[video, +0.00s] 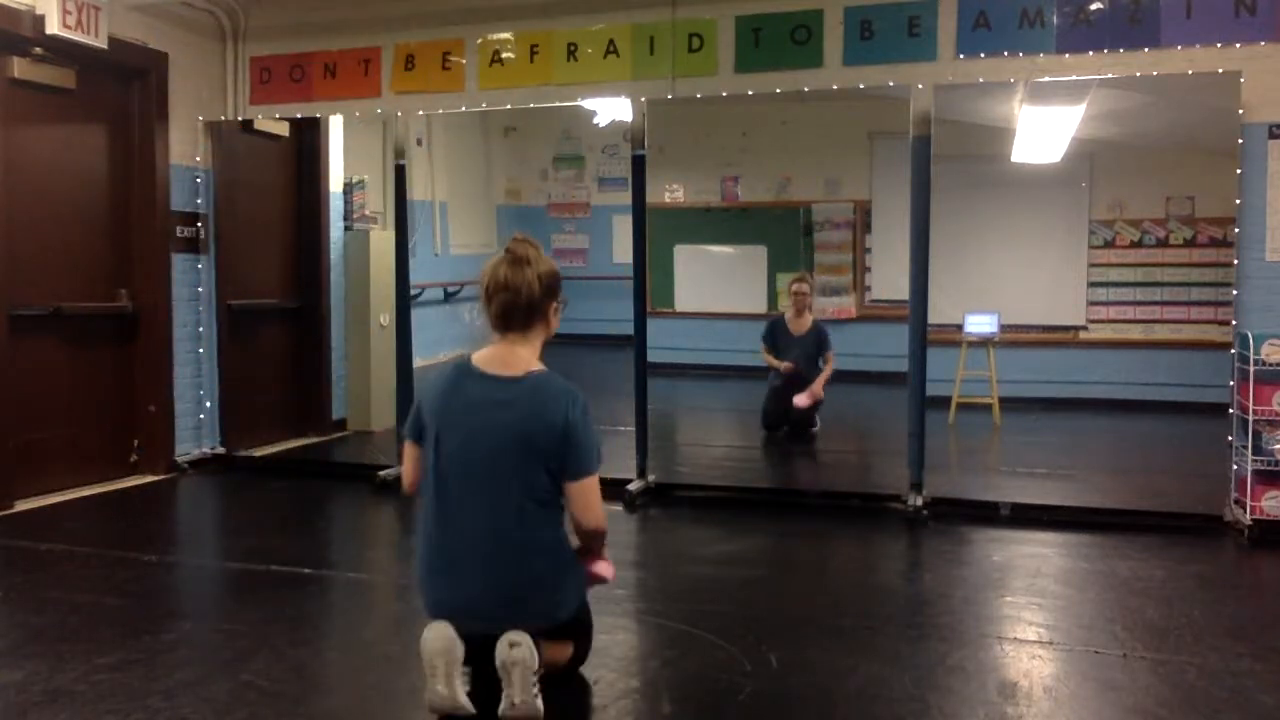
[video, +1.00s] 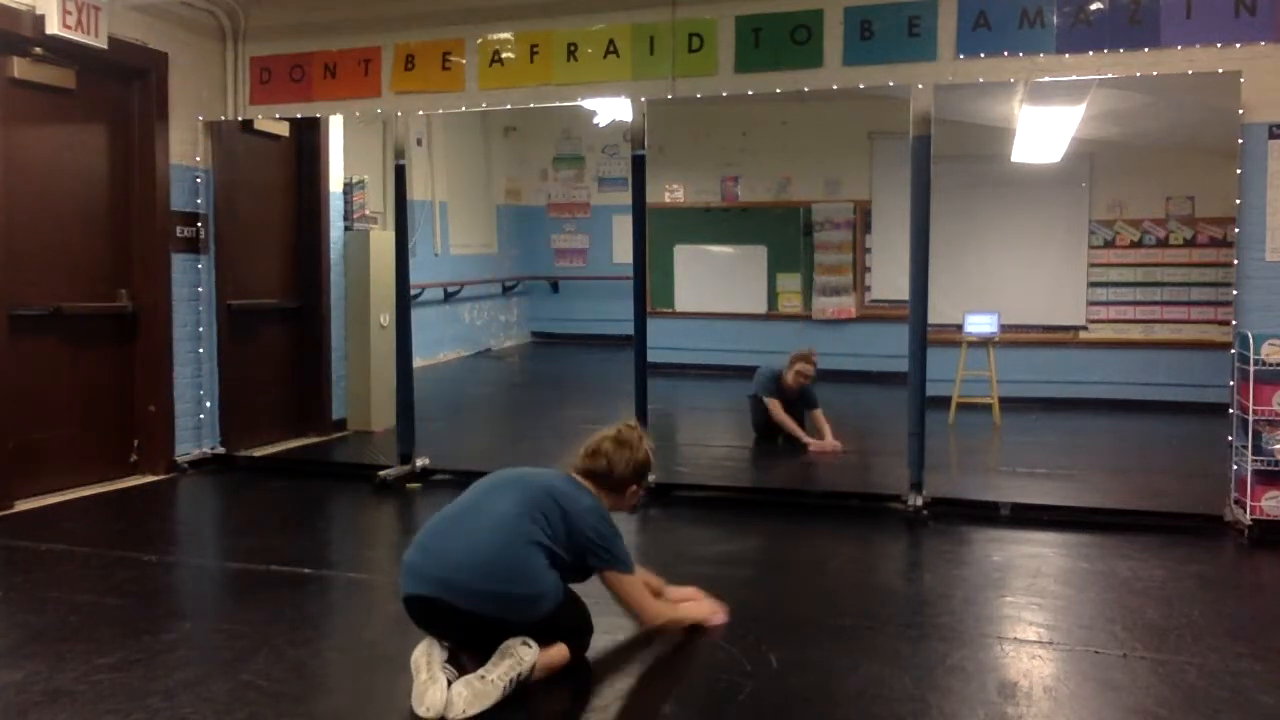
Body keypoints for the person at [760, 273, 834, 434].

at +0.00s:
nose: (799, 298)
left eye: (804, 294)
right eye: (796, 294)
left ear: (810, 297)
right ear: (790, 296)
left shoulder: (818, 329)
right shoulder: (775, 325)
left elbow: (829, 363)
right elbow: (766, 354)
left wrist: (818, 384)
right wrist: (779, 365)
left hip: (807, 385)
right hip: (781, 383)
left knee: (799, 427)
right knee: (770, 425)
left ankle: (812, 421)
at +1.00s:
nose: (802, 381)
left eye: (807, 378)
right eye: (799, 374)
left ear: (811, 379)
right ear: (790, 368)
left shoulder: (806, 390)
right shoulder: (766, 378)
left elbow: (818, 416)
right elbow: (777, 413)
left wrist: (829, 439)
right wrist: (807, 440)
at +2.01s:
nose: (773, 318)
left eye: (777, 313)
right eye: (769, 315)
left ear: (787, 315)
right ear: (765, 318)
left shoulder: (802, 347)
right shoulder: (762, 347)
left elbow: (808, 384)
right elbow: (757, 380)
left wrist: (786, 412)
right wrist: (759, 405)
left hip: (799, 401)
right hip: (772, 402)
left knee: (796, 430)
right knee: (761, 430)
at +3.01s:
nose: (758, 336)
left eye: (763, 332)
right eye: (755, 332)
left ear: (771, 335)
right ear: (750, 335)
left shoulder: (783, 357)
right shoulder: (748, 359)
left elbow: (772, 394)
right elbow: (739, 393)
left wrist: (753, 424)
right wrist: (734, 426)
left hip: (801, 398)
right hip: (776, 397)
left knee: (794, 439)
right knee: (763, 439)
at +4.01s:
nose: (805, 378)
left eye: (810, 375)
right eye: (802, 373)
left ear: (814, 374)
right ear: (792, 364)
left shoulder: (808, 384)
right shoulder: (771, 371)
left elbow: (817, 409)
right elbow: (785, 403)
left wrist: (826, 435)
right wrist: (802, 432)